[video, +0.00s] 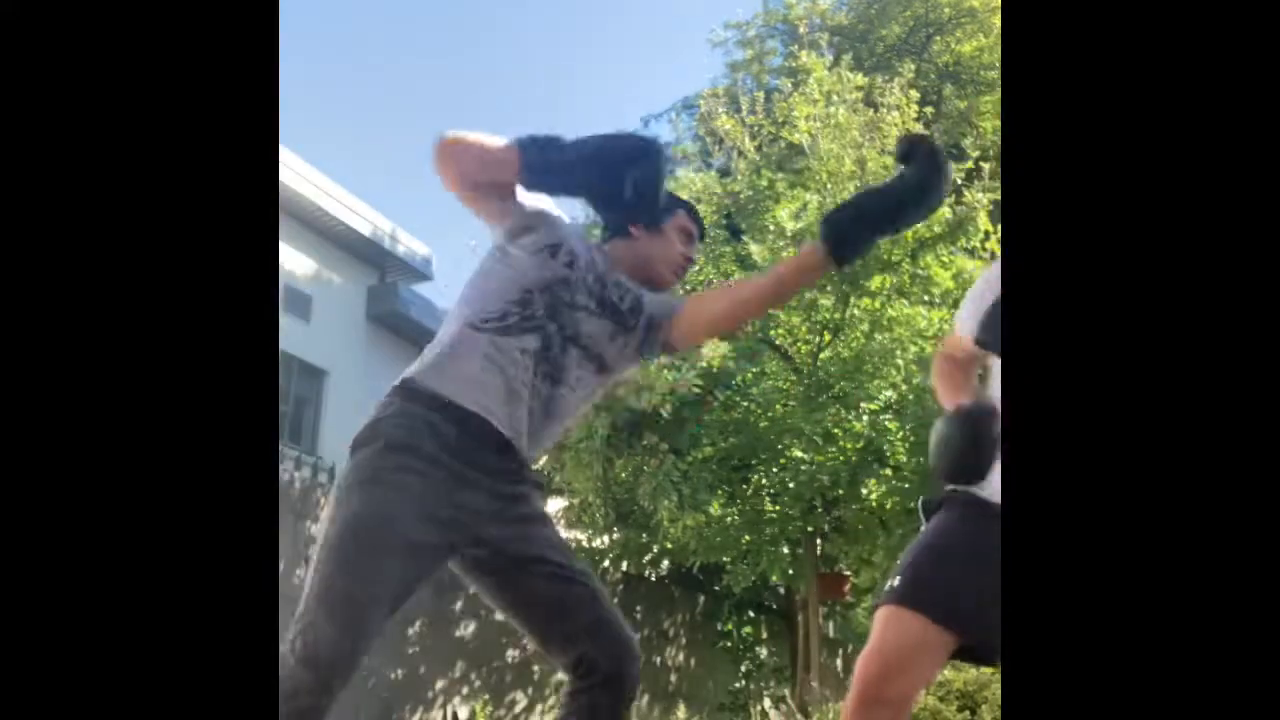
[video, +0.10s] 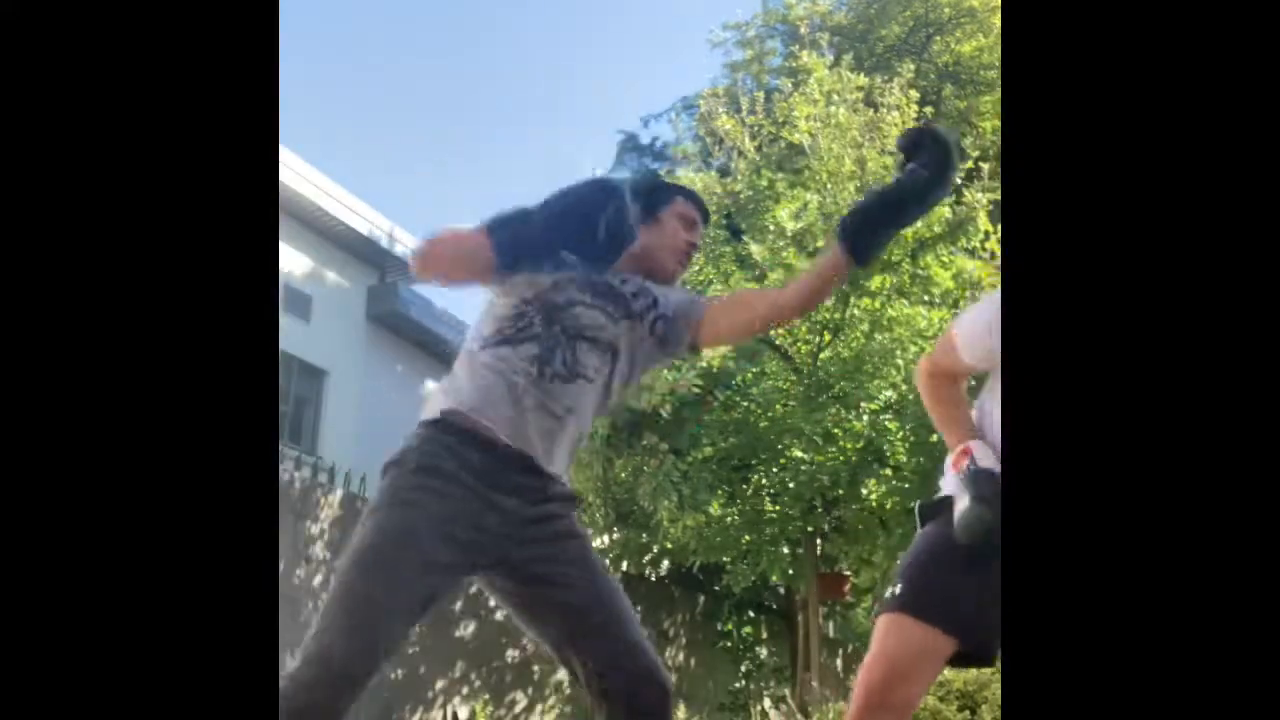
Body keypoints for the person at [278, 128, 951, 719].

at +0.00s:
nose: (694, 255)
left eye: (697, 248)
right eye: (685, 235)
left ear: (673, 263)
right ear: (635, 222)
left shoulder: (649, 321)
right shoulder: (545, 235)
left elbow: (761, 289)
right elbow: (454, 155)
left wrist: (863, 223)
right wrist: (566, 163)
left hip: (503, 488)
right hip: (418, 446)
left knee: (607, 661)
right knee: (315, 667)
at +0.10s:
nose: (696, 241)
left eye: (700, 234)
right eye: (684, 223)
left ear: (683, 250)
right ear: (635, 217)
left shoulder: (666, 313)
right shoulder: (557, 256)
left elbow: (793, 296)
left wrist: (885, 216)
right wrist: (550, 227)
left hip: (542, 508)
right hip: (447, 469)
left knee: (641, 692)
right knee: (328, 672)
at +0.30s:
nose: (641, 247)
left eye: (646, 237)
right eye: (630, 228)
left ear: (640, 251)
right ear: (579, 223)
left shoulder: (626, 348)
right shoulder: (494, 291)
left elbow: (664, 469)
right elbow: (443, 381)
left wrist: (716, 403)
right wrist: (550, 306)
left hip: (558, 553)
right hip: (450, 536)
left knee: (670, 698)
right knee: (326, 702)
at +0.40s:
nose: (590, 224)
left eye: (595, 215)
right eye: (578, 205)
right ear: (528, 198)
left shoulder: (573, 325)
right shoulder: (438, 270)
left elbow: (567, 452)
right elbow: (405, 364)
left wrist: (636, 409)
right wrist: (502, 289)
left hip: (510, 531)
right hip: (404, 515)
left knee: (602, 698)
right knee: (306, 698)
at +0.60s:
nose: (496, 227)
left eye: (502, 218)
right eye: (485, 209)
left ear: (500, 230)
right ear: (436, 199)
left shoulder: (480, 311)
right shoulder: (351, 274)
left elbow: (490, 432)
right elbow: (335, 370)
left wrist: (551, 375)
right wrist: (423, 290)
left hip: (437, 527)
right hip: (333, 515)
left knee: (517, 682)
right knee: (282, 686)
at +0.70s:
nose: (481, 224)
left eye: (487, 213)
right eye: (471, 204)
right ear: (420, 192)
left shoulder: (466, 304)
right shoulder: (334, 272)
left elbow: (483, 421)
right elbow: (329, 372)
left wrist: (538, 363)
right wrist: (409, 292)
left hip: (428, 518)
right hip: (326, 506)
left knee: (492, 689)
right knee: (281, 681)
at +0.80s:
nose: (468, 223)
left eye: (473, 212)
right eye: (457, 204)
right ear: (406, 194)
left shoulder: (458, 297)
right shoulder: (322, 276)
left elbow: (492, 413)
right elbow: (330, 374)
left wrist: (543, 346)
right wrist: (410, 287)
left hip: (430, 519)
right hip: (326, 511)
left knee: (485, 691)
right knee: (278, 679)